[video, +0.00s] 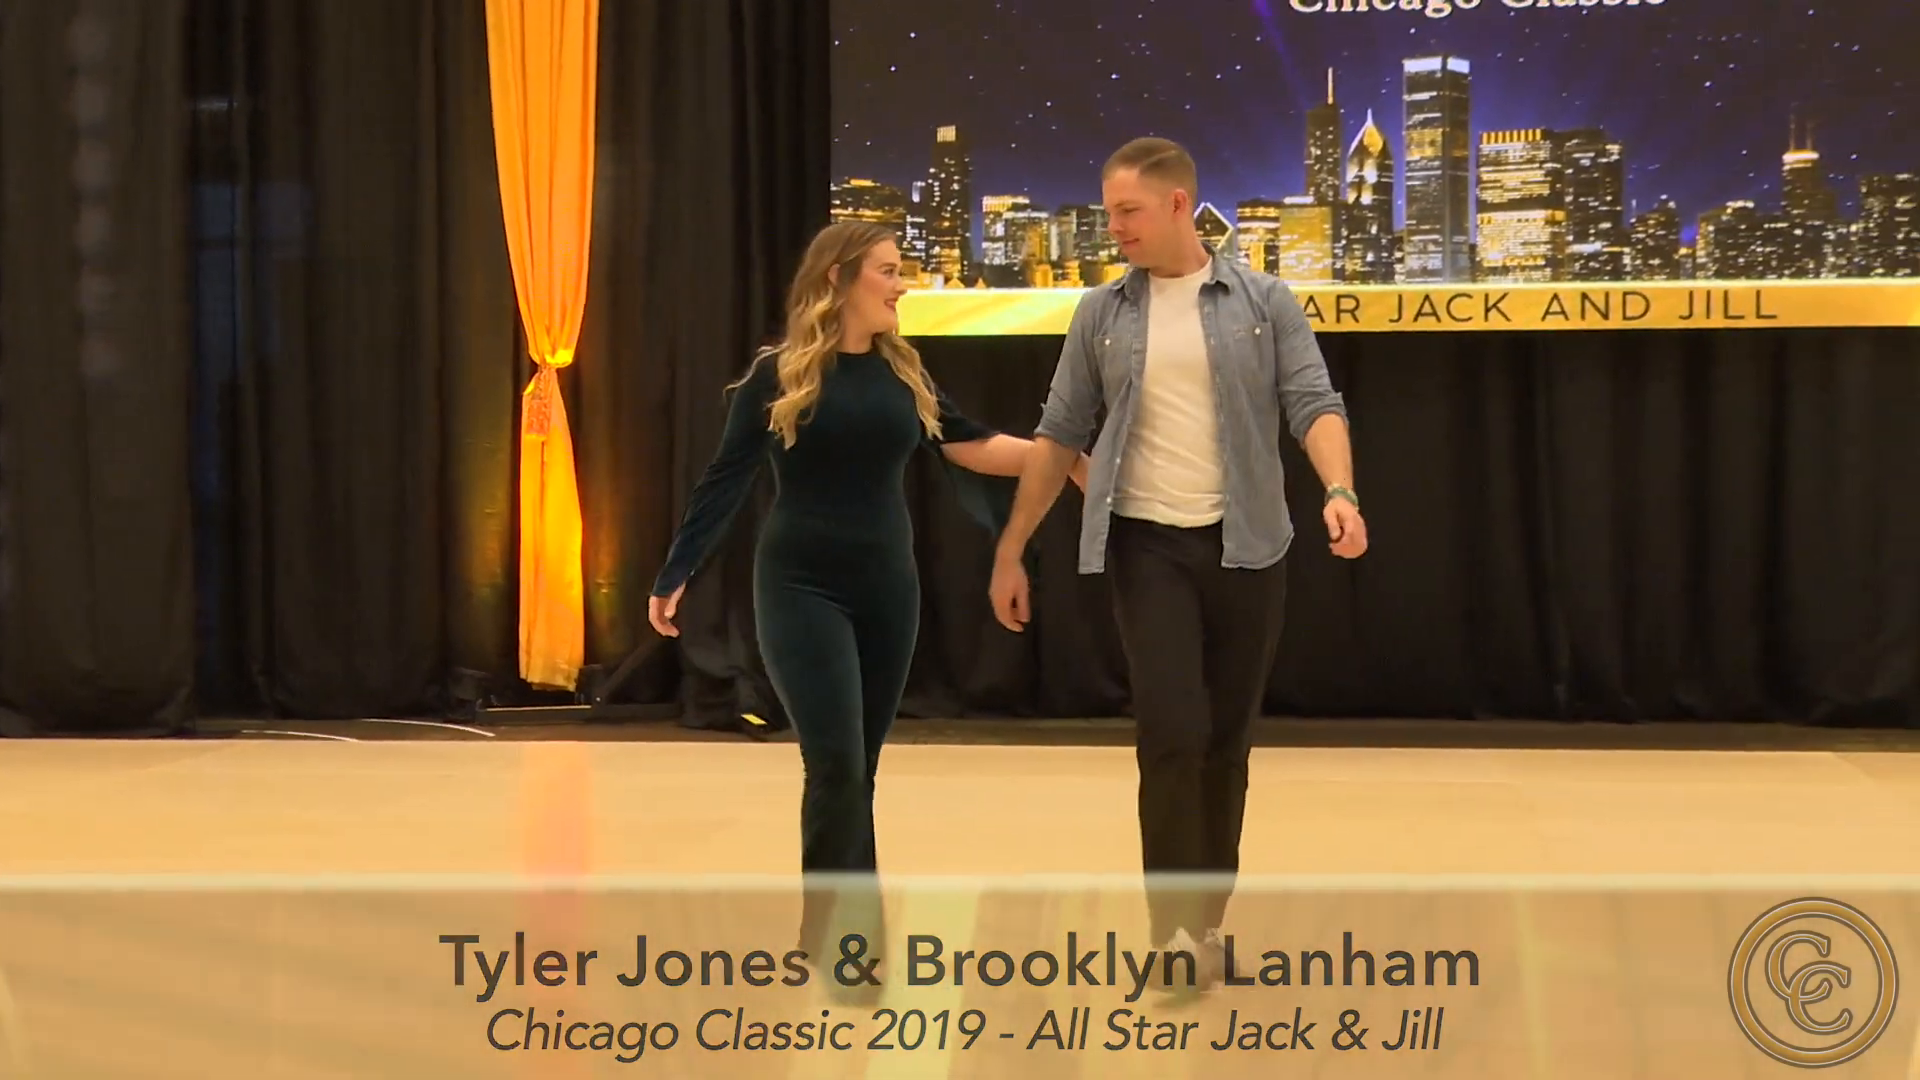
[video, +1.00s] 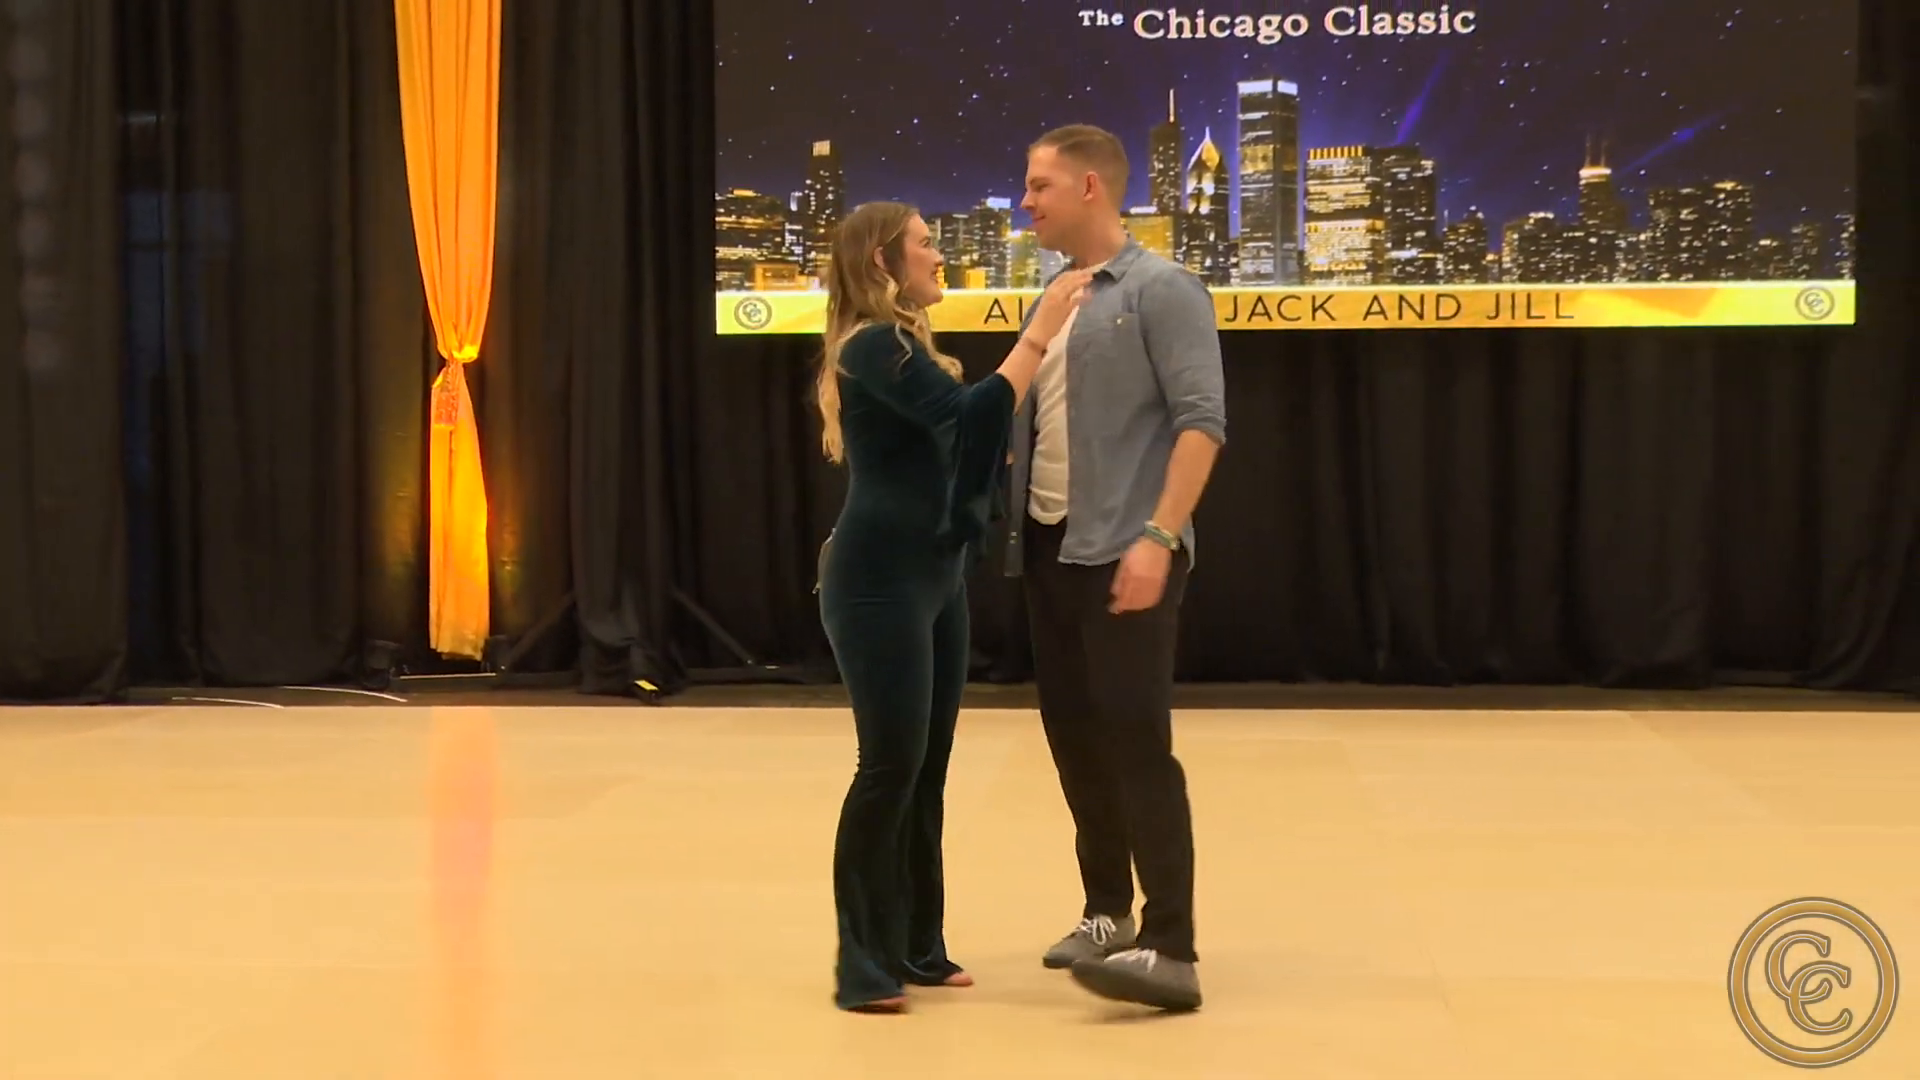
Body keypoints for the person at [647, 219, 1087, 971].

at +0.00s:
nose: (899, 285)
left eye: (899, 273)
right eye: (886, 272)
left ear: (880, 283)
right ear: (839, 279)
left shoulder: (903, 372)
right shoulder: (779, 371)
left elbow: (973, 443)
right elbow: (728, 477)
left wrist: (1064, 456)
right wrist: (678, 568)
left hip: (888, 588)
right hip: (799, 586)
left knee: (858, 768)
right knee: (836, 763)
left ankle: (838, 936)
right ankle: (841, 942)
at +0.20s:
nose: (907, 282)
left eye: (906, 270)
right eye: (896, 269)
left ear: (869, 281)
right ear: (848, 278)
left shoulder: (897, 373)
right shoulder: (792, 373)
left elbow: (955, 438)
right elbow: (746, 472)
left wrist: (1050, 434)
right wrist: (711, 549)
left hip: (892, 589)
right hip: (809, 589)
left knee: (898, 762)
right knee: (852, 767)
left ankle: (807, 884)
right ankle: (859, 945)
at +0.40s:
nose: (908, 267)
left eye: (903, 254)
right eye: (894, 254)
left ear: (868, 268)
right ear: (849, 267)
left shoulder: (886, 357)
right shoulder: (799, 355)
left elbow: (909, 451)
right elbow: (802, 449)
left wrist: (971, 418)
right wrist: (852, 474)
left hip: (893, 583)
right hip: (812, 587)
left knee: (929, 749)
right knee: (827, 760)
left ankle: (881, 928)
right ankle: (820, 941)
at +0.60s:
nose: (924, 269)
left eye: (920, 255)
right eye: (911, 255)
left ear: (885, 269)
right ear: (867, 269)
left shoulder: (907, 362)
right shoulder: (825, 361)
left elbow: (923, 464)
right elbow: (880, 444)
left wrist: (974, 427)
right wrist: (978, 401)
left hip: (916, 579)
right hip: (835, 583)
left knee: (927, 765)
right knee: (834, 760)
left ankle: (951, 952)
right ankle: (811, 939)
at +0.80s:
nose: (937, 264)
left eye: (932, 251)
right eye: (923, 251)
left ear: (889, 266)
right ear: (879, 266)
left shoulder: (914, 353)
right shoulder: (854, 350)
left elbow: (946, 461)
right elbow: (923, 437)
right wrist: (1016, 376)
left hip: (940, 578)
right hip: (867, 581)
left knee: (944, 765)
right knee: (881, 760)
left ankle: (928, 950)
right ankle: (808, 907)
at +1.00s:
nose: (939, 255)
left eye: (935, 242)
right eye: (926, 244)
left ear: (888, 260)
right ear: (883, 259)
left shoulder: (915, 344)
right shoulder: (872, 344)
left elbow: (971, 449)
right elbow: (966, 417)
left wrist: (1033, 354)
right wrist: (1037, 337)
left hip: (936, 579)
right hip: (878, 583)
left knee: (926, 765)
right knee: (888, 767)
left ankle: (916, 947)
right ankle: (862, 965)